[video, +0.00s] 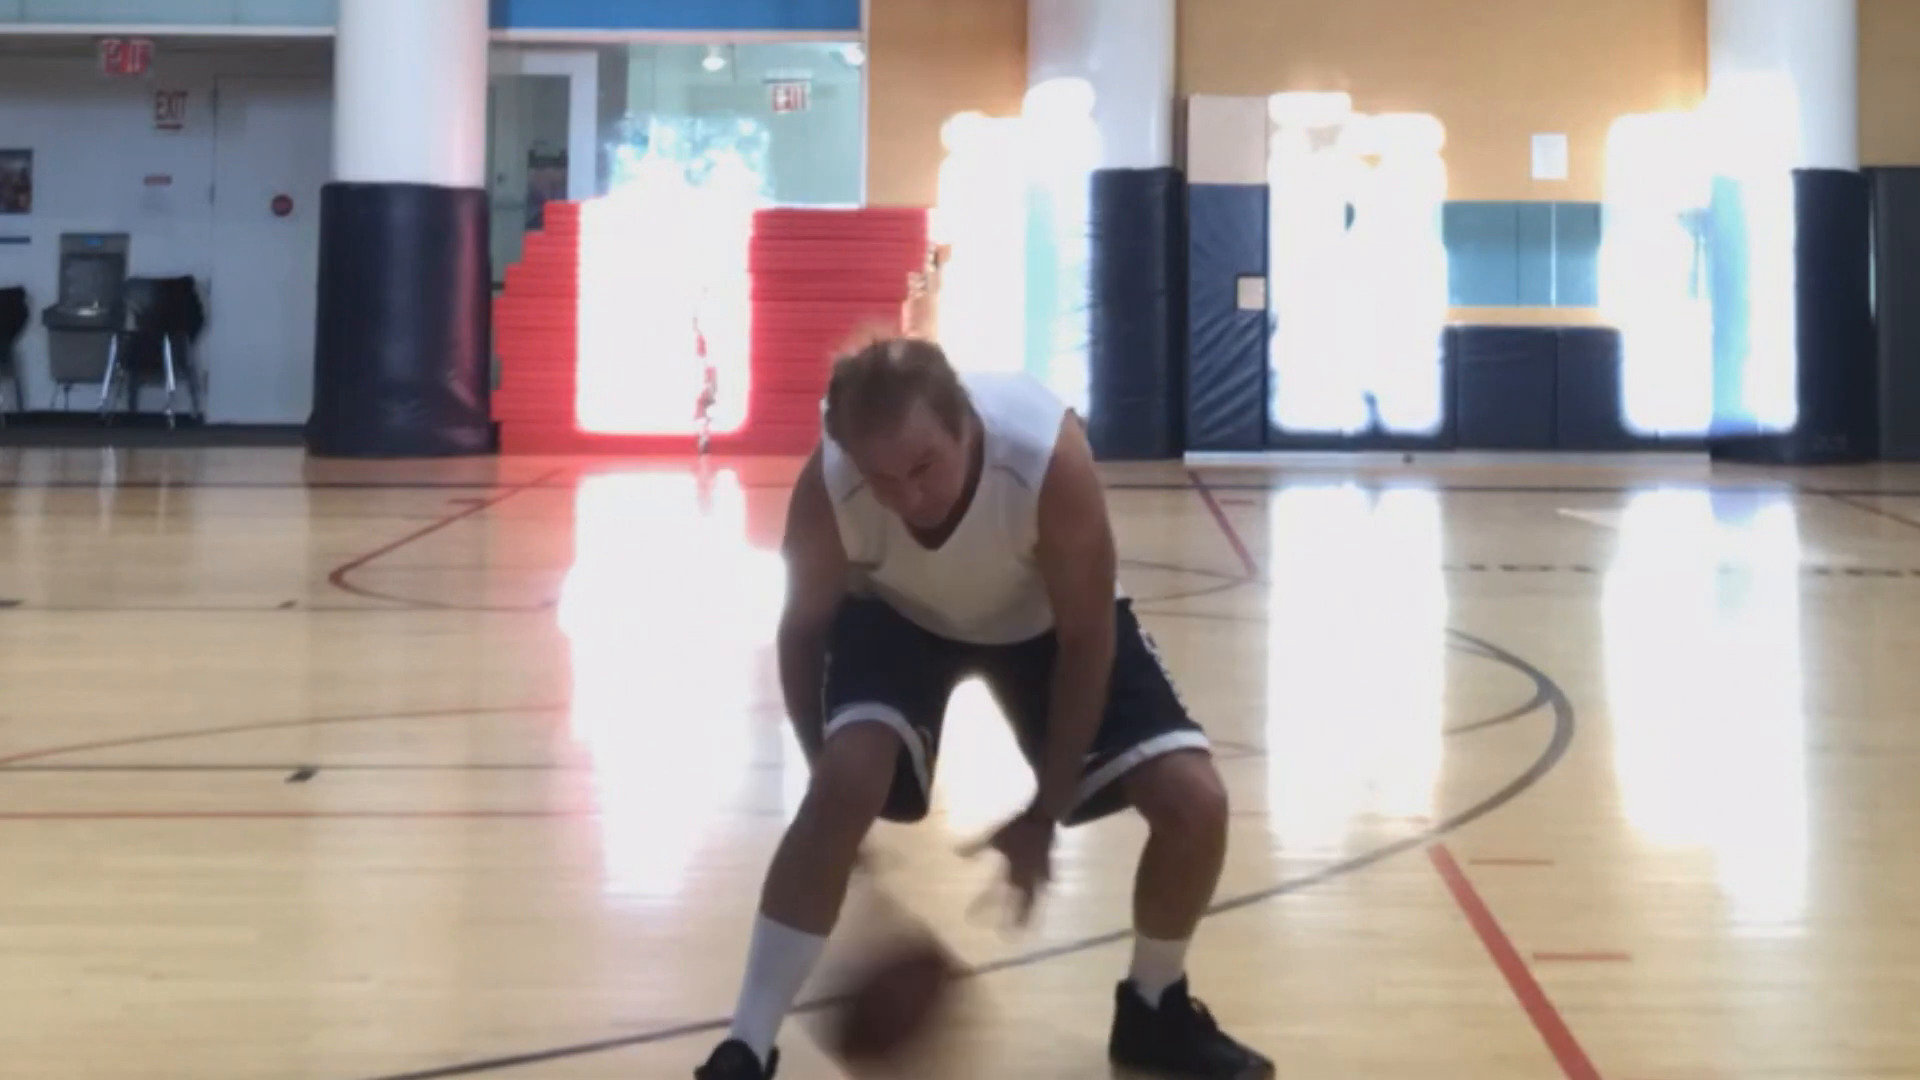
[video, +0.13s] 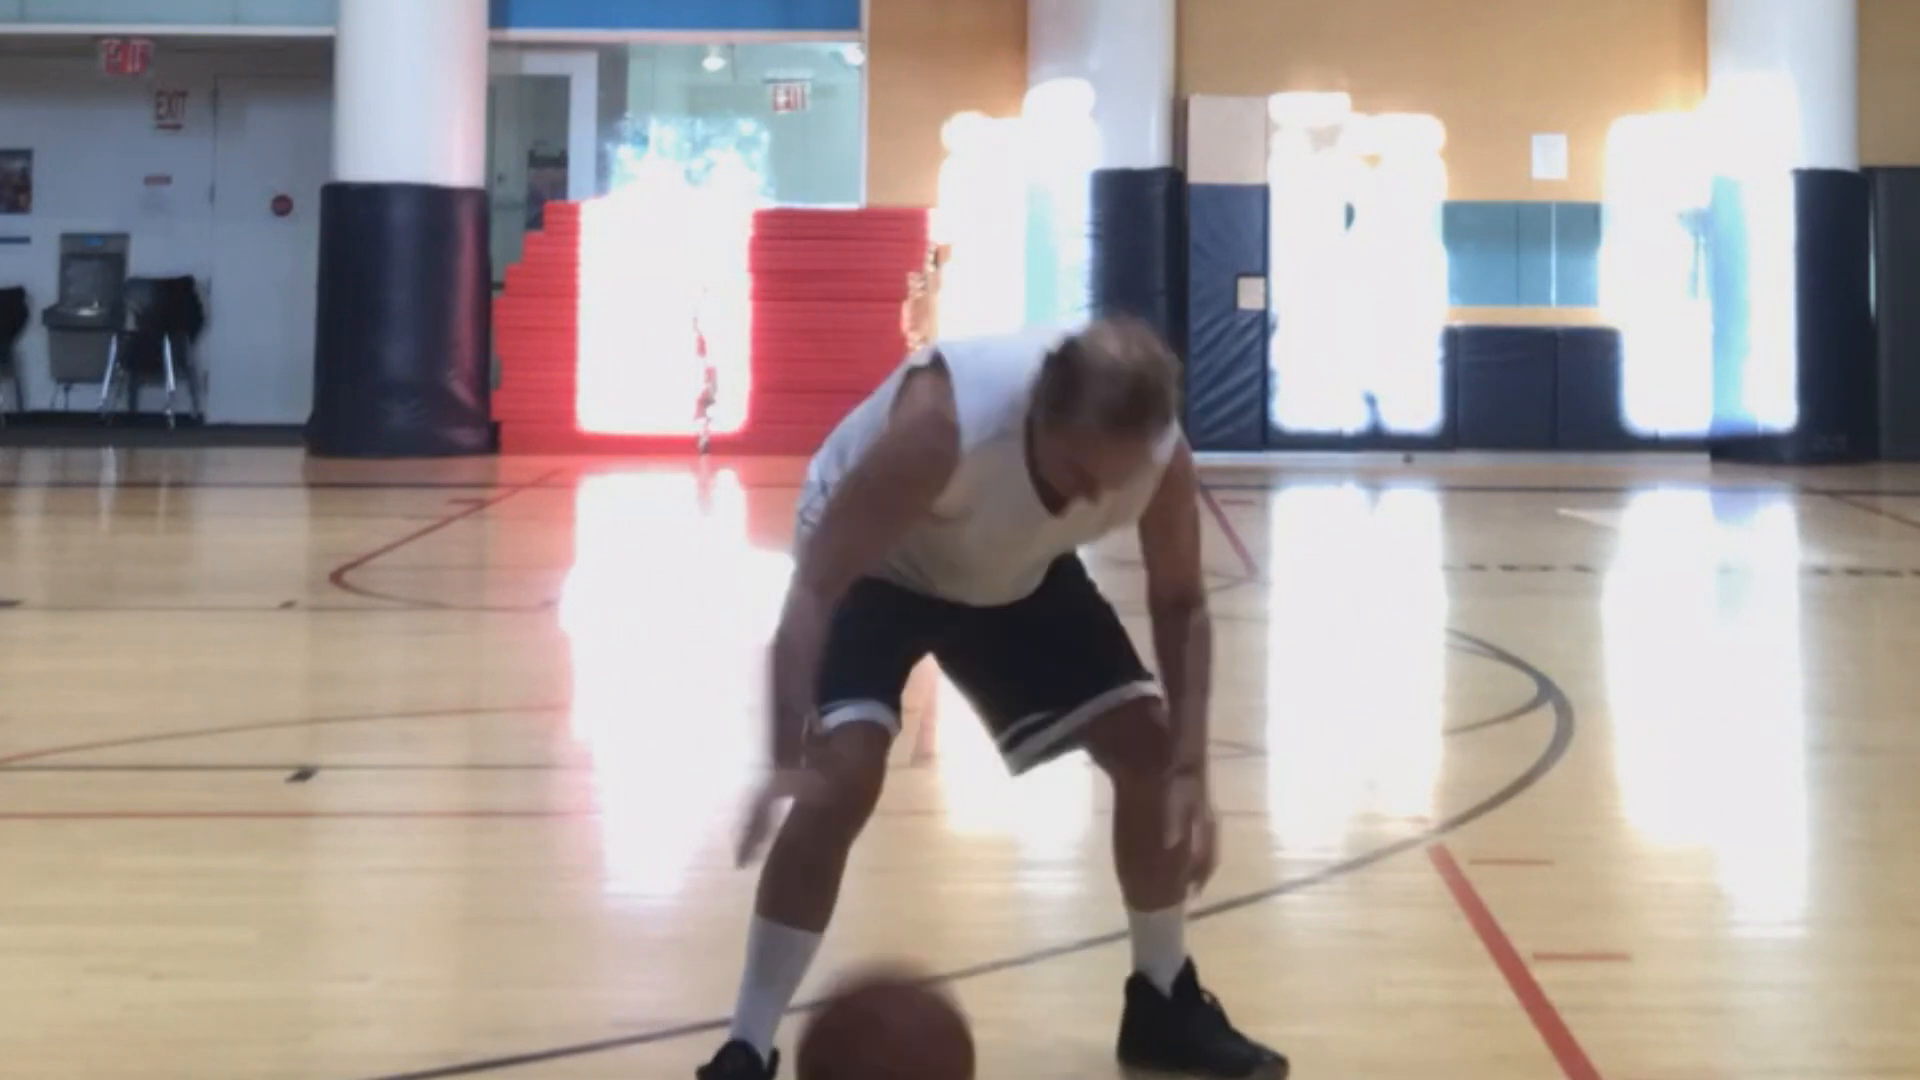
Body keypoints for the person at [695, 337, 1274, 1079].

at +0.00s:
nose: (904, 498)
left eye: (921, 471)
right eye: (877, 479)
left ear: (964, 427)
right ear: (848, 457)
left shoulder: (1049, 453)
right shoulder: (828, 487)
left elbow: (1087, 636)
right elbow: (804, 634)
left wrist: (1044, 813)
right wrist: (826, 774)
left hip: (1046, 613)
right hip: (897, 611)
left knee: (1194, 803)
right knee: (849, 776)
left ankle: (1153, 1009)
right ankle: (746, 1050)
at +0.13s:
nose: (1095, 498)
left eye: (1117, 480)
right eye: (1079, 476)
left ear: (1149, 443)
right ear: (1041, 418)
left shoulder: (1161, 452)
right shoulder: (941, 427)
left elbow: (1179, 602)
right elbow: (817, 582)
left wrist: (1191, 772)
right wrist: (786, 758)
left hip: (1020, 569)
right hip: (878, 566)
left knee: (1149, 743)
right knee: (842, 777)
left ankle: (1163, 1003)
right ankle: (748, 1048)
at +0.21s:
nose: (1290, 398)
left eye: (1302, 381)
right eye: (1282, 378)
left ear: (1310, 352)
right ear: (1220, 334)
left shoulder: (1258, 398)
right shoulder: (1111, 385)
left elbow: (1229, 547)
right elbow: (1059, 589)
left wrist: (1287, 693)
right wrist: (1186, 721)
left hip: (1091, 555)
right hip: (954, 543)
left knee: (1219, 728)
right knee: (924, 782)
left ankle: (1165, 1002)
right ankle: (785, 1042)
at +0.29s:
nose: (1044, 499)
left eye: (1061, 485)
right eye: (1025, 487)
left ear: (1095, 431)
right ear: (987, 440)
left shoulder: (1147, 422)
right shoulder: (921, 438)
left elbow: (1158, 580)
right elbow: (852, 615)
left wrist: (1132, 744)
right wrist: (844, 794)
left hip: (1083, 573)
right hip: (936, 579)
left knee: (1210, 750)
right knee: (911, 772)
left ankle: (1170, 1000)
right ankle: (782, 1043)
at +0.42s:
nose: (912, 425)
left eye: (931, 404)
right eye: (891, 409)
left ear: (961, 362)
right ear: (855, 373)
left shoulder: (1029, 391)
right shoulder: (821, 396)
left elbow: (1031, 565)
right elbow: (761, 543)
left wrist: (932, 692)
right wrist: (701, 673)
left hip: (1035, 533)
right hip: (885, 540)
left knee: (1115, 718)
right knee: (803, 725)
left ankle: (1204, 983)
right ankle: (740, 986)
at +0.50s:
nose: (1156, 512)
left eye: (1173, 496)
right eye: (1141, 494)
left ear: (1192, 465)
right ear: (1092, 446)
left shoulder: (1177, 478)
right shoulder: (991, 451)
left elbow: (1159, 605)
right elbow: (926, 624)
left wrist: (1143, 753)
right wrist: (965, 781)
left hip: (1067, 583)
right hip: (920, 564)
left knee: (1144, 727)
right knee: (800, 740)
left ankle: (1220, 985)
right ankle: (729, 986)